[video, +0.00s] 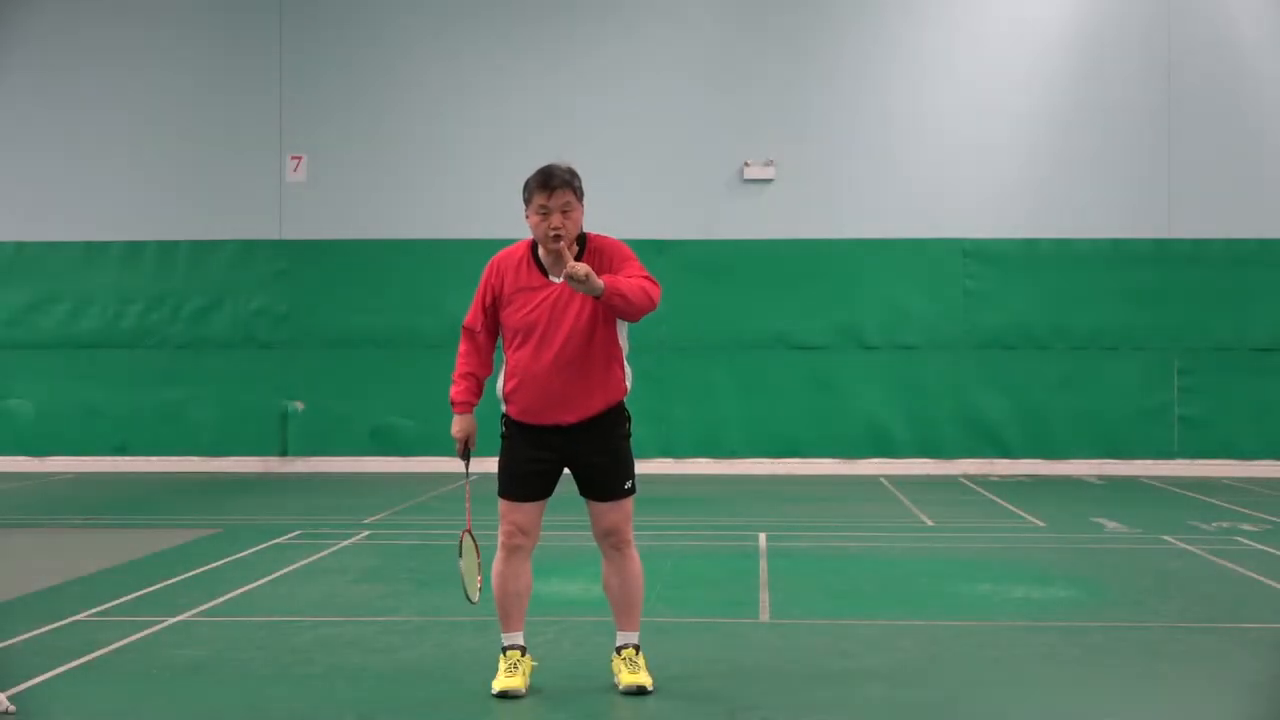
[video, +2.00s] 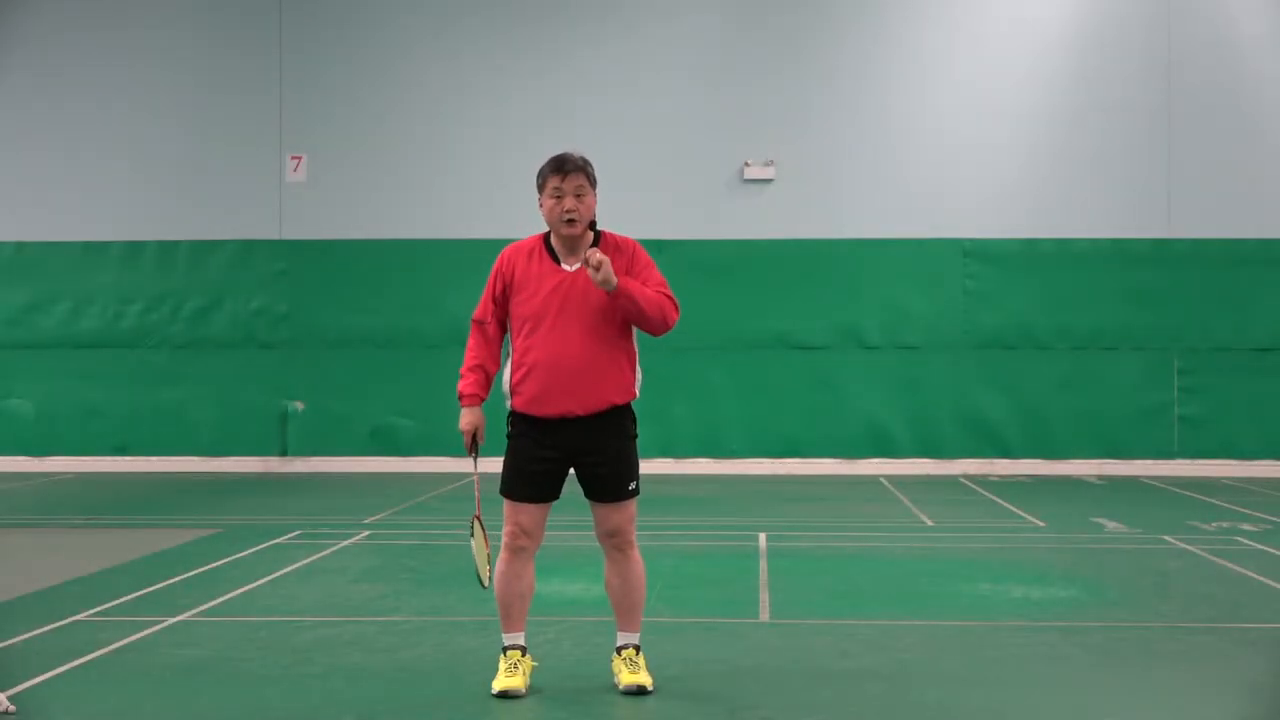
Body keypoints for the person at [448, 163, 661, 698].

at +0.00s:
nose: (555, 223)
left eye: (565, 212)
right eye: (544, 213)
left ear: (581, 213)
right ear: (528, 216)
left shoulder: (606, 254)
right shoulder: (504, 267)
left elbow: (646, 298)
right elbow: (476, 337)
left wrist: (597, 285)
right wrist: (463, 408)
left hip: (600, 422)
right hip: (528, 427)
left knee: (616, 536)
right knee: (514, 538)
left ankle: (628, 649)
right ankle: (513, 652)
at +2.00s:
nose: (568, 205)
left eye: (578, 195)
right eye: (557, 196)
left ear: (594, 199)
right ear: (541, 204)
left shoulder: (624, 254)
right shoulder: (514, 261)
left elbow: (663, 317)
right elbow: (486, 330)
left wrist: (614, 286)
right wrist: (471, 401)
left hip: (607, 420)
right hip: (533, 423)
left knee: (619, 536)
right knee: (518, 538)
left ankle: (629, 650)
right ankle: (513, 652)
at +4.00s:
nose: (568, 195)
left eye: (579, 186)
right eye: (557, 187)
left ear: (596, 196)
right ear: (542, 198)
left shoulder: (628, 255)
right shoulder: (516, 263)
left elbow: (674, 316)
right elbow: (489, 334)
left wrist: (620, 321)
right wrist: (476, 407)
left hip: (613, 420)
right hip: (539, 423)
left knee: (623, 535)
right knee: (521, 536)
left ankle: (629, 650)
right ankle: (513, 651)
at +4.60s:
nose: (635, 189)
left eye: (645, 182)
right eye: (623, 182)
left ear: (661, 195)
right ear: (606, 197)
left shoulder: (689, 262)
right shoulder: (578, 259)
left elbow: (710, 328)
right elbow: (545, 329)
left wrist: (701, 345)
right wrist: (533, 401)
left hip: (662, 419)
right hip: (591, 416)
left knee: (647, 547)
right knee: (569, 536)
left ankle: (633, 650)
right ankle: (553, 642)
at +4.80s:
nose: (643, 187)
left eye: (653, 179)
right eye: (632, 180)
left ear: (671, 191)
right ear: (615, 193)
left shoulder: (695, 259)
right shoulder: (584, 257)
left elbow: (719, 339)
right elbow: (549, 330)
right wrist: (536, 400)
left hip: (671, 419)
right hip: (600, 416)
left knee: (655, 538)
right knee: (595, 536)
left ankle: (636, 649)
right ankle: (600, 653)